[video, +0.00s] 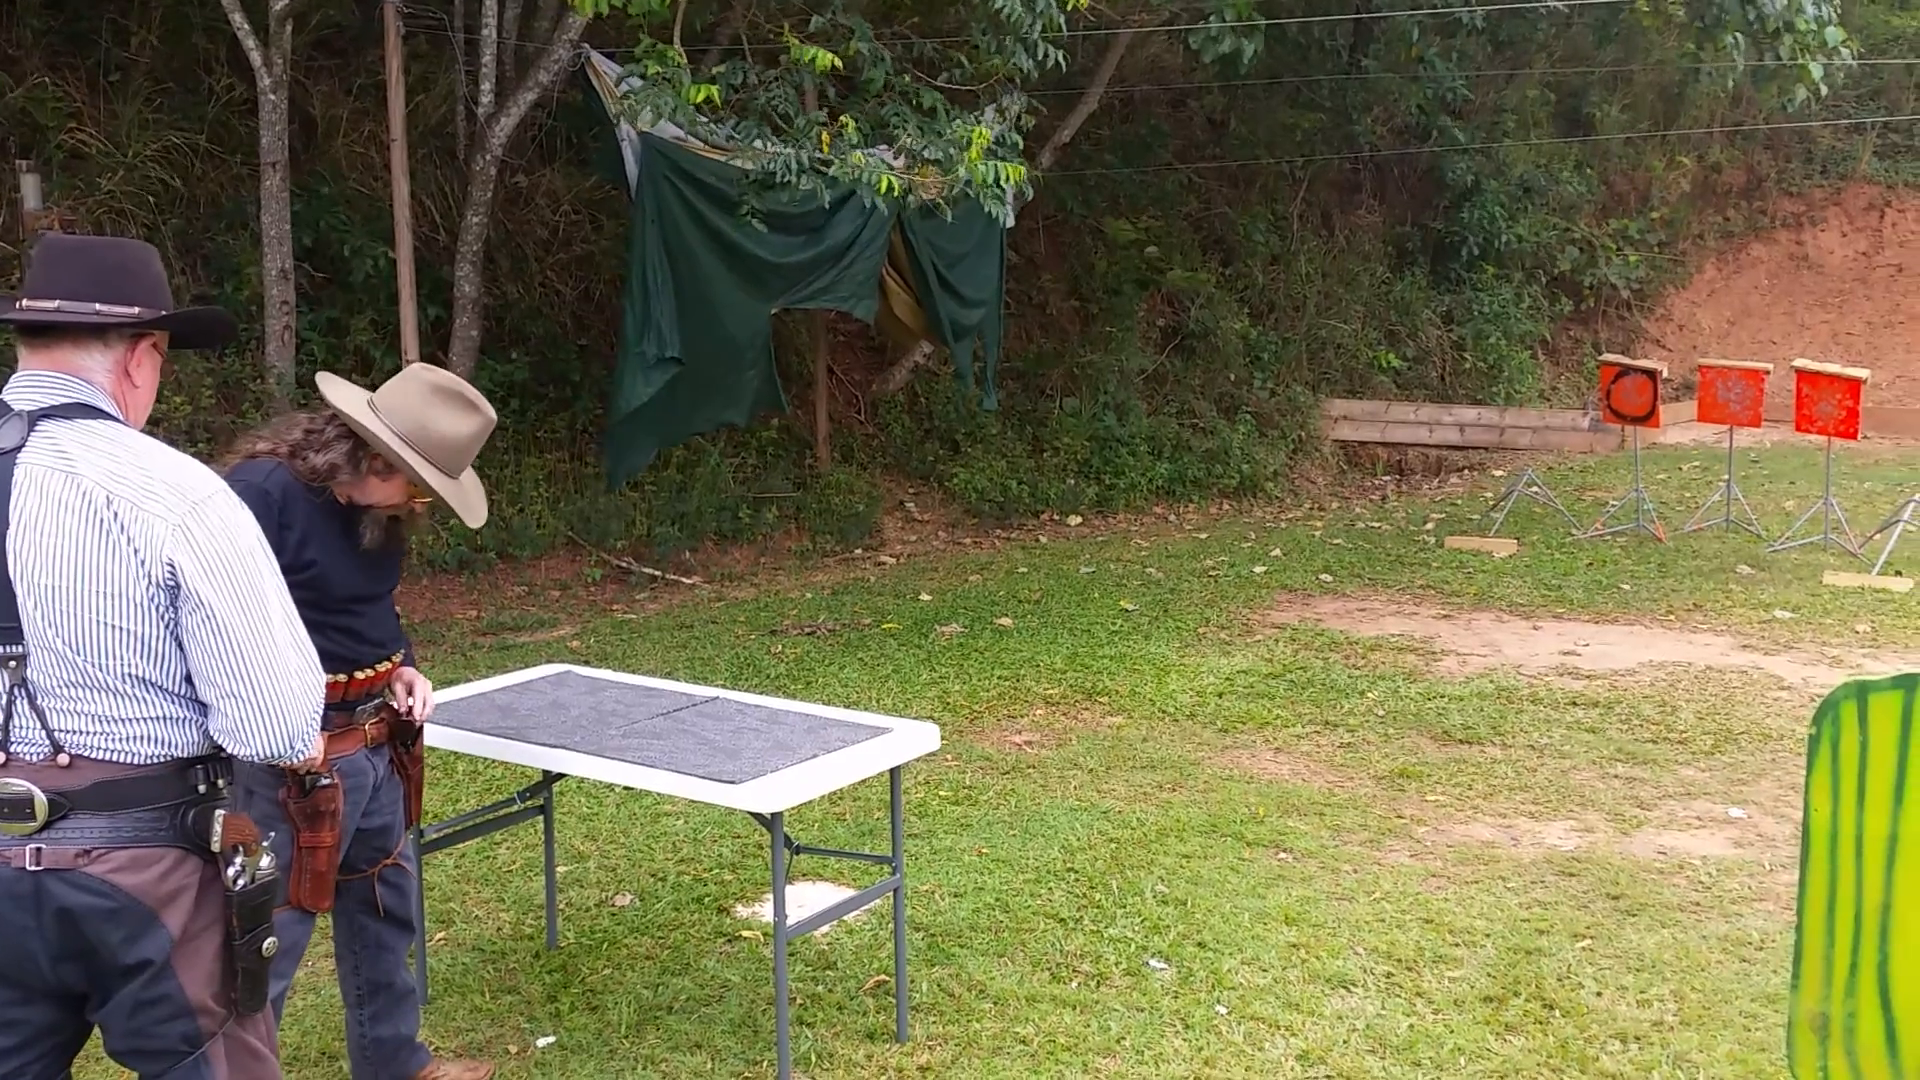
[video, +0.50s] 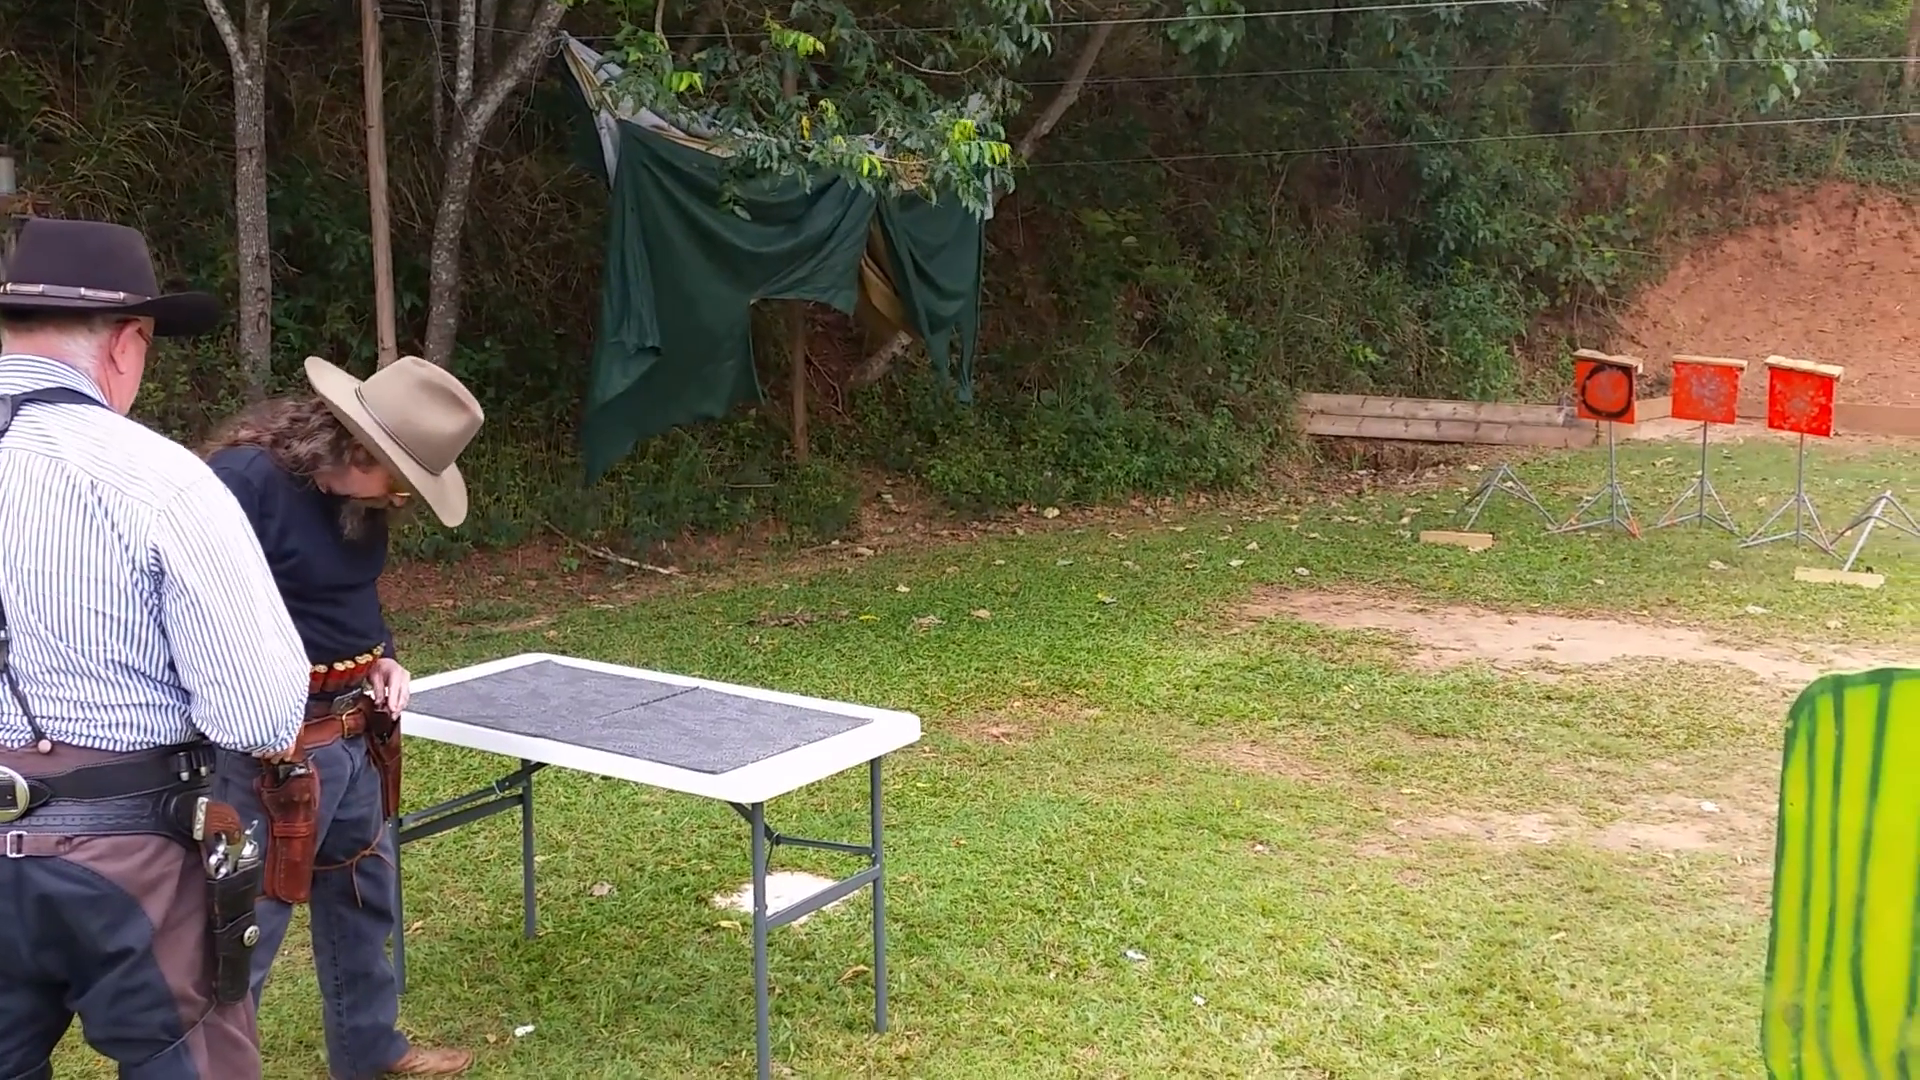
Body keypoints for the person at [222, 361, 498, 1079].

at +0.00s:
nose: (418, 507)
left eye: (427, 496)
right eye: (419, 492)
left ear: (392, 469)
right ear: (385, 462)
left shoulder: (375, 518)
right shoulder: (264, 492)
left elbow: (372, 609)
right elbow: (209, 616)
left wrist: (403, 665)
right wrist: (266, 727)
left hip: (371, 751)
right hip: (282, 762)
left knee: (384, 923)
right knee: (269, 943)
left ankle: (391, 1060)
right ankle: (239, 1065)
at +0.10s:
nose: (415, 502)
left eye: (424, 491)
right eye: (415, 487)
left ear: (388, 466)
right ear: (383, 460)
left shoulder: (369, 515)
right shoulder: (261, 490)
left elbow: (367, 610)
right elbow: (203, 613)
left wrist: (398, 665)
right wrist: (257, 721)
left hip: (367, 749)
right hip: (277, 758)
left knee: (378, 921)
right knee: (264, 939)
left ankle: (386, 1059)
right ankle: (235, 1064)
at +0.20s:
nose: (413, 502)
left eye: (421, 491)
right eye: (413, 486)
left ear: (384, 467)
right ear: (378, 459)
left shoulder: (369, 515)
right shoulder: (259, 486)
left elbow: (366, 609)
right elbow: (202, 615)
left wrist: (396, 664)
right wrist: (254, 725)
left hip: (362, 751)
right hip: (273, 762)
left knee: (375, 926)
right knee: (258, 946)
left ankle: (383, 1060)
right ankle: (230, 1065)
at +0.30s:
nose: (411, 501)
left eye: (419, 489)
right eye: (410, 485)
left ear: (384, 465)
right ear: (374, 455)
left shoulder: (367, 512)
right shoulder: (256, 486)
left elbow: (360, 608)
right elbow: (200, 614)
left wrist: (392, 663)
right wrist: (257, 721)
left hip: (358, 748)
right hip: (269, 758)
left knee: (371, 918)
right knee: (254, 939)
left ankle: (379, 1057)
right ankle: (225, 1063)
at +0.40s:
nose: (400, 504)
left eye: (410, 493)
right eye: (401, 488)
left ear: (380, 467)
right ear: (370, 457)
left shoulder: (361, 509)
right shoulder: (248, 485)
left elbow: (356, 603)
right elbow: (194, 611)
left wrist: (387, 661)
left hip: (352, 746)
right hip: (264, 757)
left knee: (366, 913)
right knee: (249, 936)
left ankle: (374, 1055)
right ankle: (217, 1061)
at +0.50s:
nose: (399, 499)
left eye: (408, 488)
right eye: (400, 484)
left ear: (377, 462)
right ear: (369, 454)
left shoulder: (356, 507)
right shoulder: (246, 480)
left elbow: (353, 599)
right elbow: (192, 609)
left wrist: (382, 657)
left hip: (347, 744)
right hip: (261, 753)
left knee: (362, 910)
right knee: (245, 931)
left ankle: (371, 1051)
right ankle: (213, 1059)